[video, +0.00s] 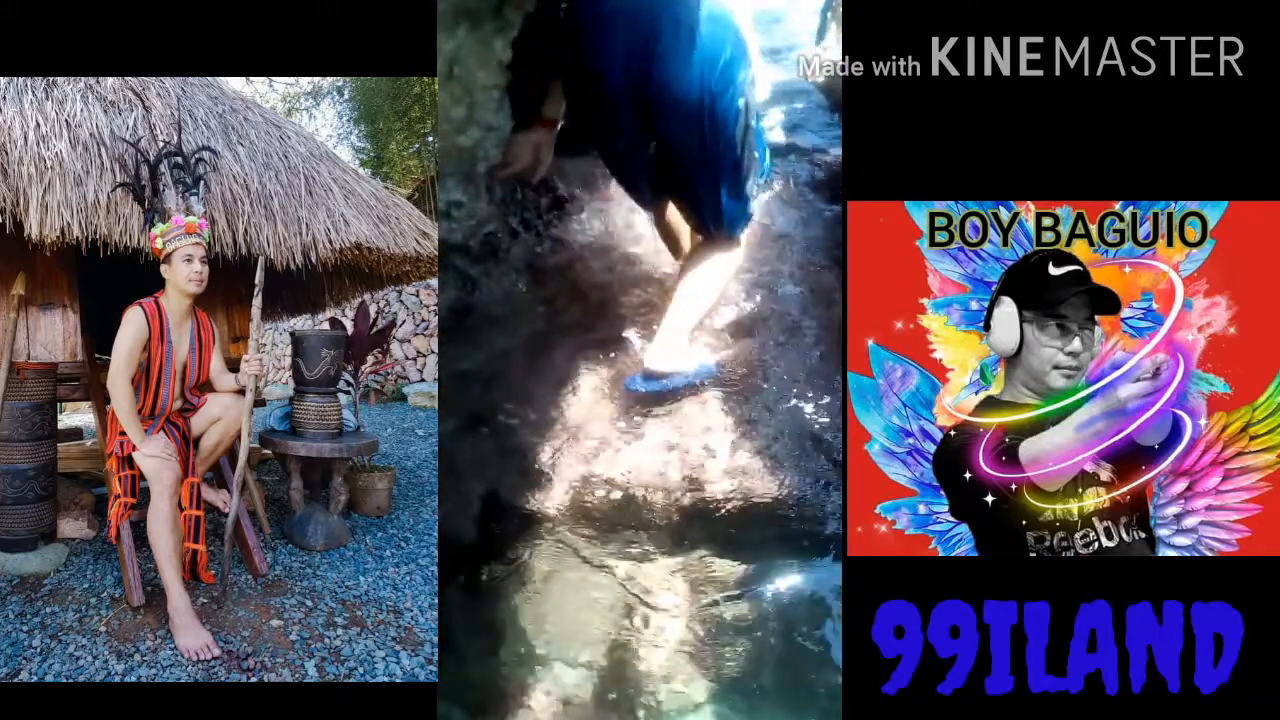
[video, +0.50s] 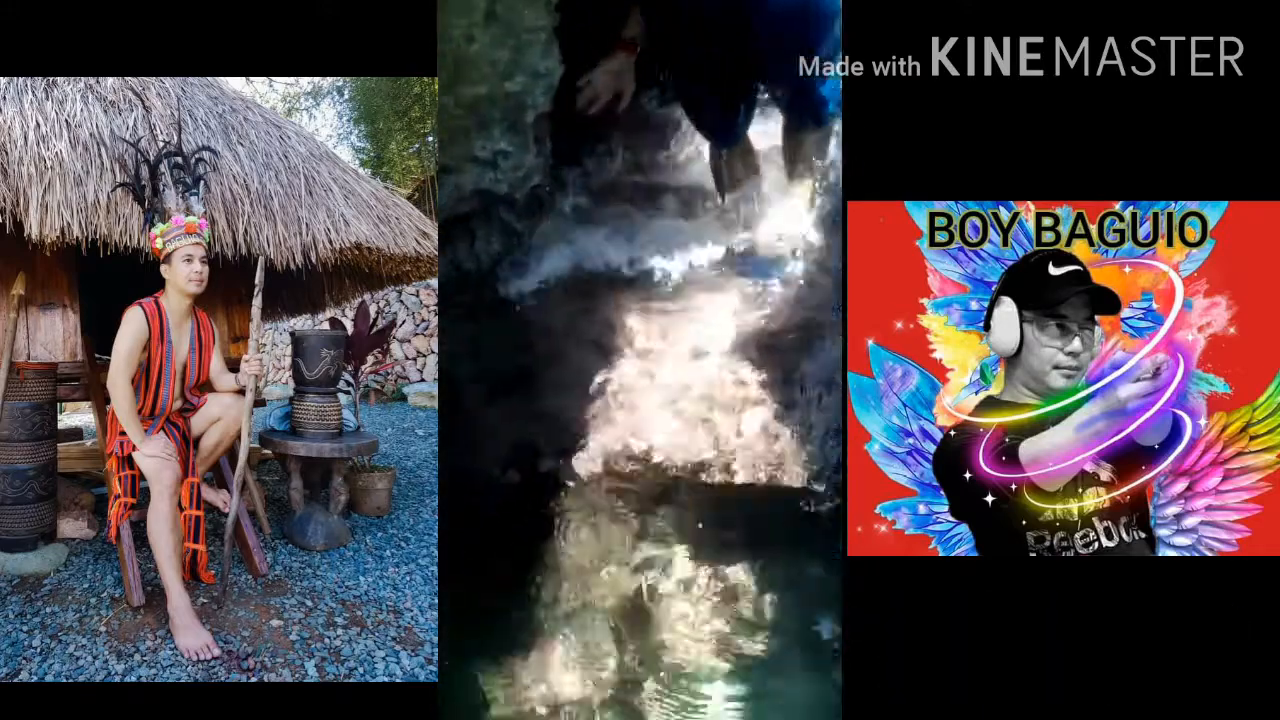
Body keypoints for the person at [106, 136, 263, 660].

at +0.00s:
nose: (198, 268)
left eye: (203, 260)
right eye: (187, 261)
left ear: (207, 267)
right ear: (164, 267)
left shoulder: (205, 323)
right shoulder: (142, 316)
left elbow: (220, 381)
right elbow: (117, 380)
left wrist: (244, 380)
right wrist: (139, 440)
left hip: (180, 419)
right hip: (141, 425)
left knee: (238, 407)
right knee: (169, 477)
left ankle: (191, 478)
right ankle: (179, 607)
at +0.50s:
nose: (198, 269)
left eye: (203, 260)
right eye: (187, 261)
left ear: (207, 266)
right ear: (164, 267)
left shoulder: (205, 322)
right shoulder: (142, 316)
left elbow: (220, 380)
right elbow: (117, 380)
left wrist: (242, 380)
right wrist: (138, 440)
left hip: (181, 419)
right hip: (141, 425)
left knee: (237, 407)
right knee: (169, 476)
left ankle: (191, 478)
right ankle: (179, 605)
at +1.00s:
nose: (198, 268)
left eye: (203, 260)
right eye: (187, 260)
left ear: (208, 267)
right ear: (165, 267)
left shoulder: (206, 324)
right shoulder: (142, 316)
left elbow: (220, 382)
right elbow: (117, 380)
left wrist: (243, 380)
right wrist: (138, 440)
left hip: (180, 419)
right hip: (140, 424)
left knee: (237, 407)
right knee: (169, 477)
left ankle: (191, 478)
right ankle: (179, 606)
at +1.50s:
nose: (198, 268)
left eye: (203, 260)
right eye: (187, 260)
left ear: (208, 267)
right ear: (165, 267)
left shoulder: (206, 324)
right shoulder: (142, 316)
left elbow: (220, 381)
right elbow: (117, 380)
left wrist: (243, 381)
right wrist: (138, 440)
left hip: (180, 419)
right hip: (140, 424)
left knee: (236, 407)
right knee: (169, 476)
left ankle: (191, 478)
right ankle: (179, 605)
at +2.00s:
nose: (198, 268)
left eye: (203, 260)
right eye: (187, 260)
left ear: (208, 267)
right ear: (165, 267)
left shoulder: (206, 324)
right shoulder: (142, 316)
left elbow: (220, 381)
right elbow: (117, 380)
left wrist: (243, 381)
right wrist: (138, 440)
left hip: (180, 419)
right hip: (140, 424)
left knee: (236, 407)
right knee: (169, 476)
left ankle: (191, 478)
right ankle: (179, 605)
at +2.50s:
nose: (198, 268)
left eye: (203, 260)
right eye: (187, 260)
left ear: (208, 267)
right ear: (165, 267)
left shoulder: (206, 324)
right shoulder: (142, 316)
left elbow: (220, 381)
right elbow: (117, 380)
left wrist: (243, 381)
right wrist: (138, 440)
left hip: (180, 419)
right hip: (140, 424)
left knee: (236, 408)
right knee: (169, 476)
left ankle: (191, 478)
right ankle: (179, 605)